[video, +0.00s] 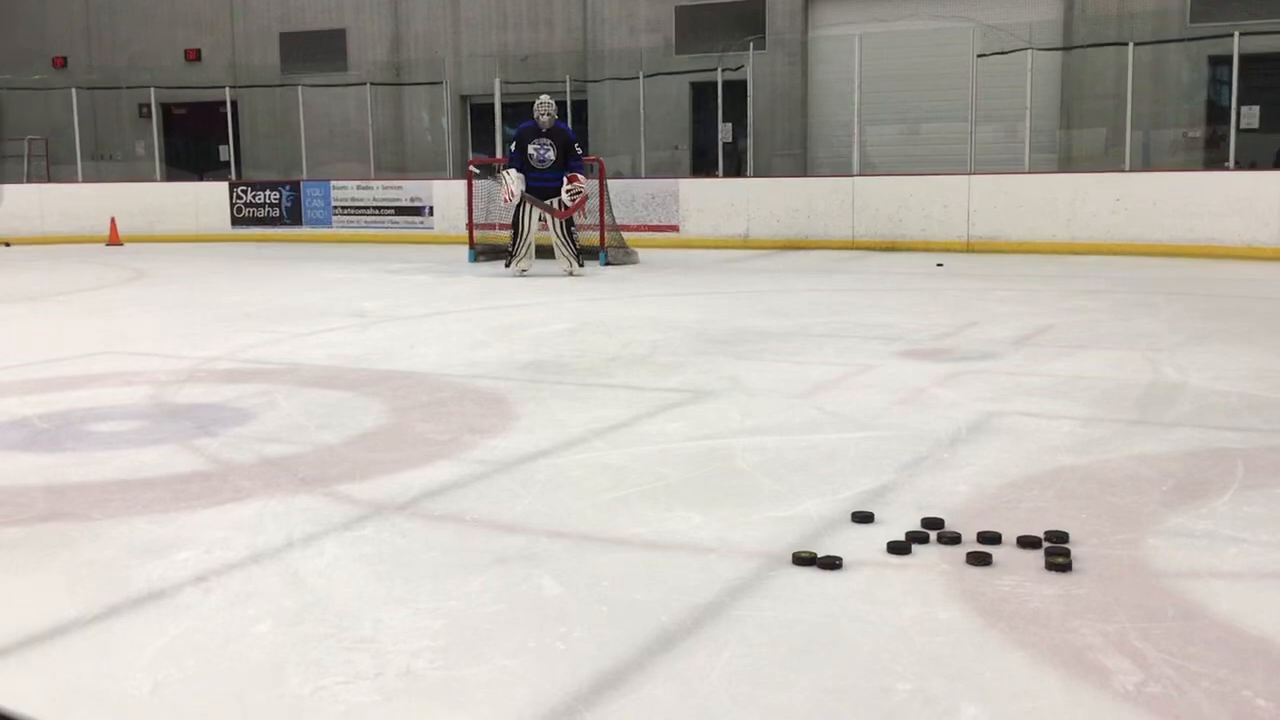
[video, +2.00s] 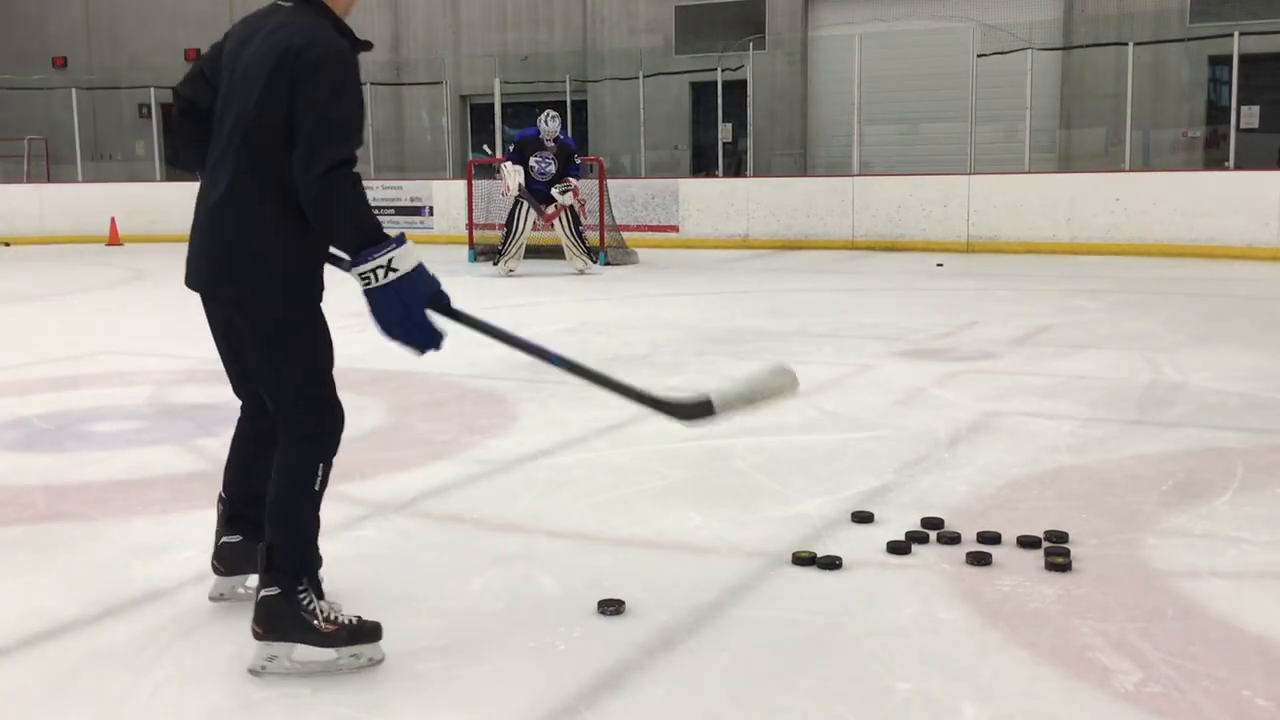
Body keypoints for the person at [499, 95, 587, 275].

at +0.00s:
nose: (544, 118)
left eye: (548, 114)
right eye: (540, 114)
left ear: (554, 115)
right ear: (535, 115)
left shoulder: (563, 133)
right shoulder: (524, 131)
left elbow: (575, 160)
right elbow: (515, 159)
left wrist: (576, 184)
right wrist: (512, 181)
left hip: (556, 190)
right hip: (529, 190)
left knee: (562, 228)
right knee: (523, 227)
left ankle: (572, 265)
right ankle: (519, 266)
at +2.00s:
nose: (550, 137)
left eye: (553, 133)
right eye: (546, 133)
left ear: (559, 129)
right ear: (539, 128)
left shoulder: (566, 144)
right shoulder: (524, 139)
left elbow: (574, 170)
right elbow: (511, 161)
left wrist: (568, 187)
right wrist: (513, 177)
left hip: (557, 195)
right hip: (529, 194)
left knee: (571, 230)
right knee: (516, 229)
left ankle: (584, 264)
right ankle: (505, 265)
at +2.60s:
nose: (539, 142)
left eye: (543, 138)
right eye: (536, 138)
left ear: (549, 138)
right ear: (530, 137)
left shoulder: (558, 153)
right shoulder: (519, 153)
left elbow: (573, 175)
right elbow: (504, 176)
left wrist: (580, 167)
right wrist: (497, 197)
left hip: (552, 198)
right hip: (523, 198)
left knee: (566, 229)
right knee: (509, 229)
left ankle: (579, 263)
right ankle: (496, 264)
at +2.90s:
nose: (539, 149)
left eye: (543, 145)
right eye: (536, 145)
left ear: (549, 146)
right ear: (530, 146)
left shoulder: (556, 164)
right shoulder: (520, 163)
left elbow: (570, 185)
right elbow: (503, 187)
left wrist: (580, 176)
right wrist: (496, 208)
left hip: (549, 204)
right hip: (521, 203)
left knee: (564, 233)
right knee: (507, 232)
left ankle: (583, 263)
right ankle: (491, 264)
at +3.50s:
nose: (538, 155)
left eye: (541, 151)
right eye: (534, 151)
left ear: (547, 152)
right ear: (528, 153)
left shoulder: (556, 170)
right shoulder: (516, 169)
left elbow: (569, 195)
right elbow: (500, 191)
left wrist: (580, 186)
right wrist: (501, 211)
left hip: (549, 209)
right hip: (523, 209)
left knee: (565, 236)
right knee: (510, 237)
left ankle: (584, 263)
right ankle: (491, 265)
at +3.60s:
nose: (538, 158)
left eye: (541, 154)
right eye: (534, 154)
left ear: (548, 156)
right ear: (528, 156)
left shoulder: (556, 174)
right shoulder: (516, 171)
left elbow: (565, 197)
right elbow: (500, 191)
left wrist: (573, 204)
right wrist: (512, 210)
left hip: (549, 217)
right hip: (522, 217)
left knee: (565, 241)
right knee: (512, 243)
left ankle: (587, 264)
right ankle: (493, 266)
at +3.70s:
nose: (536, 164)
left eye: (540, 160)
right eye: (532, 160)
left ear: (547, 160)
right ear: (527, 161)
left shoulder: (556, 180)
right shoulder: (518, 178)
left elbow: (564, 203)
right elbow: (501, 196)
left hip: (549, 224)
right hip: (524, 225)